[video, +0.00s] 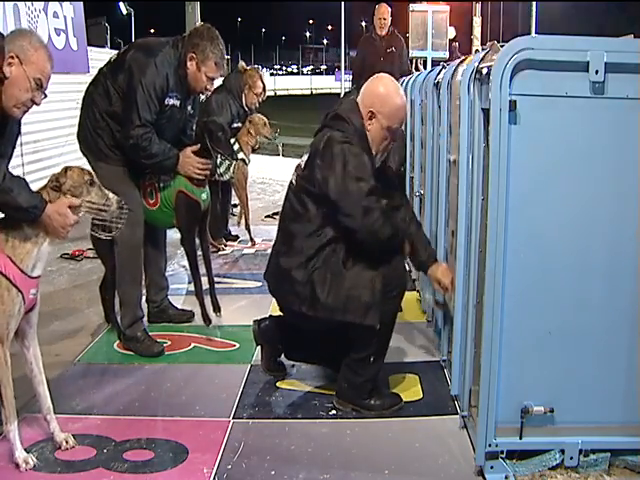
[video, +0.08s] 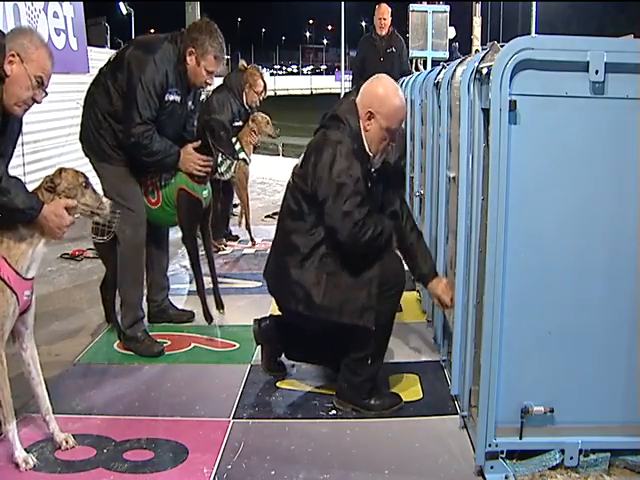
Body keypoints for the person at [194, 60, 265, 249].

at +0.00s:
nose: (259, 100)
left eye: (260, 95)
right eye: (257, 94)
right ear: (243, 89)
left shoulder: (240, 102)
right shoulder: (221, 103)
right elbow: (216, 132)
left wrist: (250, 142)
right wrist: (232, 154)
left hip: (224, 150)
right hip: (206, 151)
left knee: (225, 194)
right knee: (213, 195)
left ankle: (223, 229)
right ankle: (213, 233)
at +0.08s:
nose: (260, 99)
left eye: (261, 94)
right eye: (257, 93)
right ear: (244, 88)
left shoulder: (242, 100)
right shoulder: (221, 102)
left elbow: (248, 125)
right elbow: (218, 133)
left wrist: (253, 138)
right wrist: (234, 155)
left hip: (225, 148)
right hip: (208, 150)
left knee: (227, 194)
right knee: (215, 195)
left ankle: (224, 229)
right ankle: (214, 234)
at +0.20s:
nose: (262, 96)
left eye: (263, 92)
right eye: (260, 91)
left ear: (251, 87)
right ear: (247, 85)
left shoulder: (244, 98)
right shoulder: (224, 100)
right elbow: (222, 131)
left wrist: (254, 130)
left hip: (231, 143)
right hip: (211, 145)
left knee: (236, 185)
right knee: (216, 188)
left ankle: (231, 224)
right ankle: (214, 229)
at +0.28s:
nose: (264, 94)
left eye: (266, 89)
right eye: (262, 89)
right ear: (249, 85)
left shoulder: (244, 96)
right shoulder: (228, 100)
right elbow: (224, 131)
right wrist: (242, 155)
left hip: (231, 141)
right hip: (210, 145)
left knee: (241, 184)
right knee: (214, 193)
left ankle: (242, 228)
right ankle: (214, 235)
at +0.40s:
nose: (269, 94)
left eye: (270, 89)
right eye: (266, 89)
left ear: (257, 85)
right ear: (253, 85)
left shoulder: (248, 95)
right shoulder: (232, 98)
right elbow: (229, 130)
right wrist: (250, 152)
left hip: (238, 143)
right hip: (216, 146)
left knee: (243, 190)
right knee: (216, 194)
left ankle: (249, 231)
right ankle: (212, 235)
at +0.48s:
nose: (272, 94)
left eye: (273, 90)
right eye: (269, 89)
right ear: (257, 84)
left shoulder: (252, 95)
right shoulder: (237, 95)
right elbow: (234, 126)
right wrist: (255, 151)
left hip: (243, 145)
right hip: (228, 147)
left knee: (248, 192)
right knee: (244, 193)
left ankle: (251, 230)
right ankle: (246, 234)